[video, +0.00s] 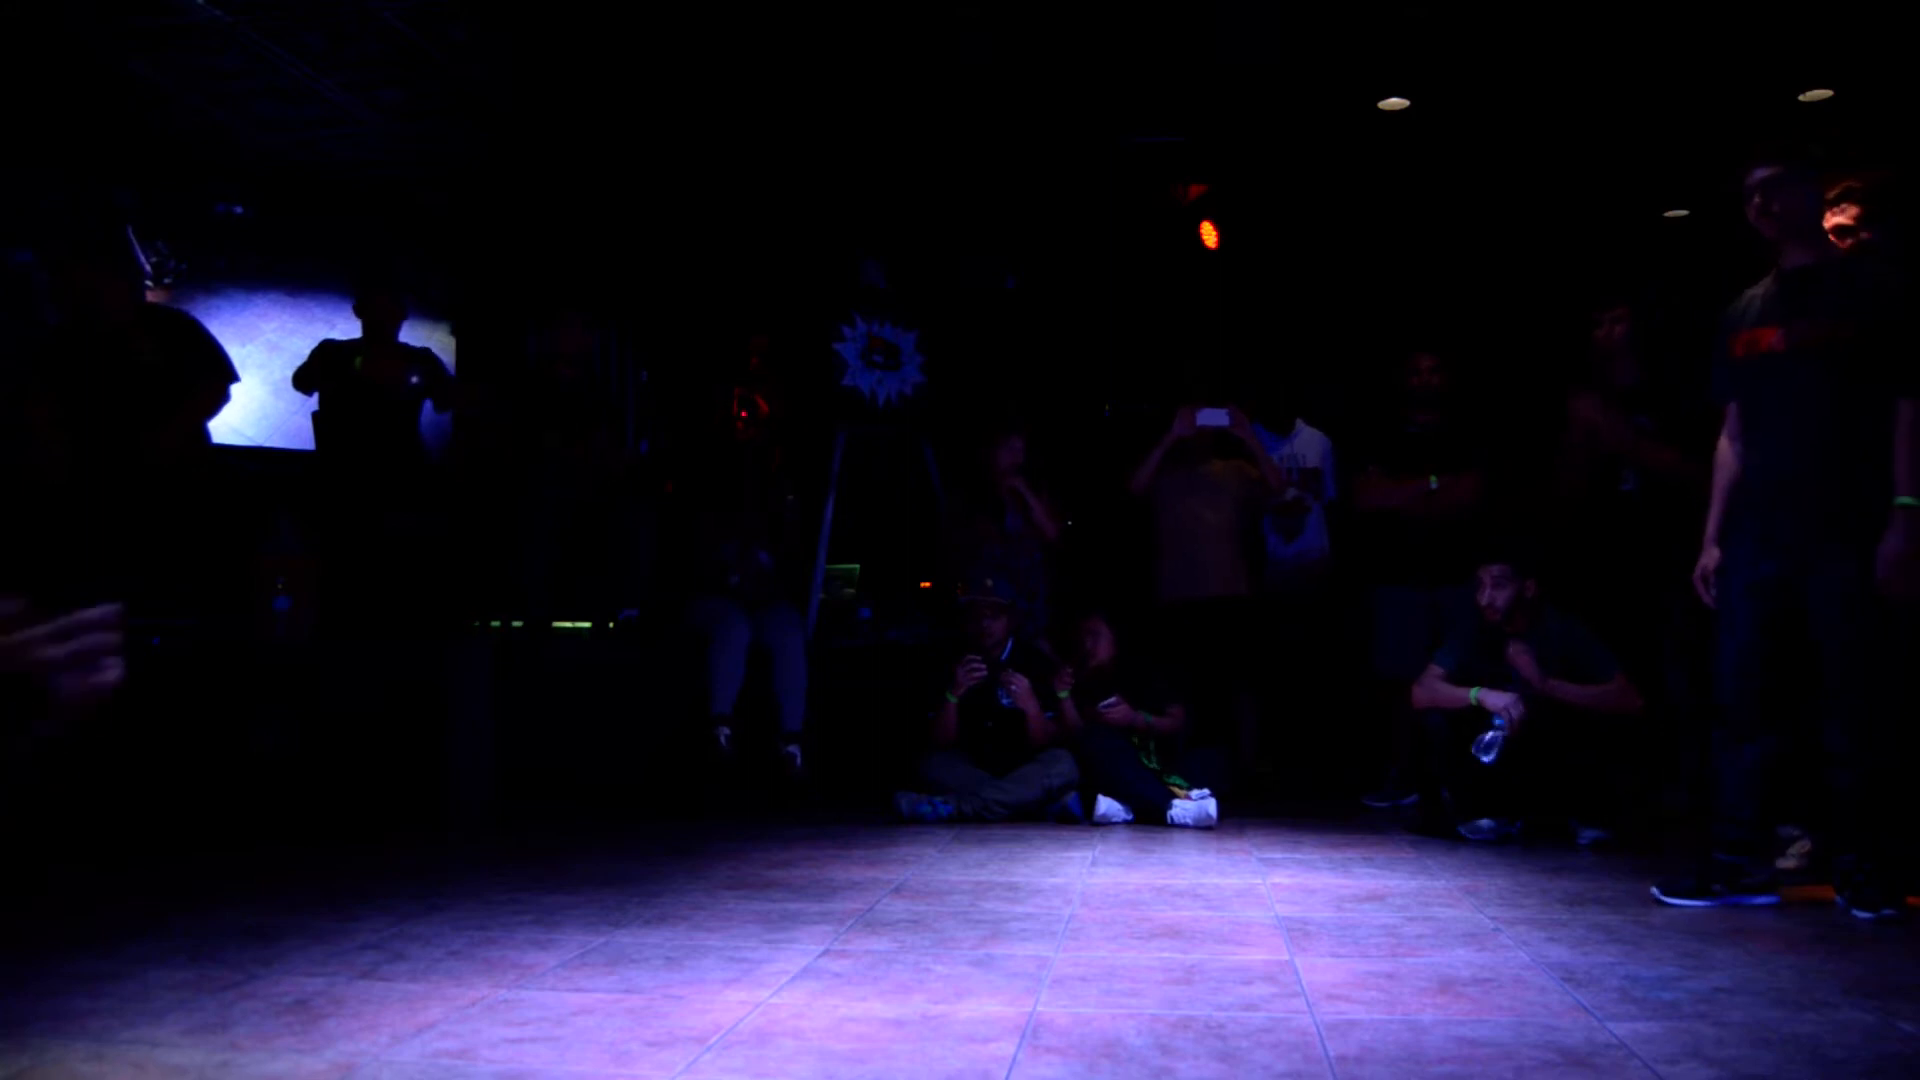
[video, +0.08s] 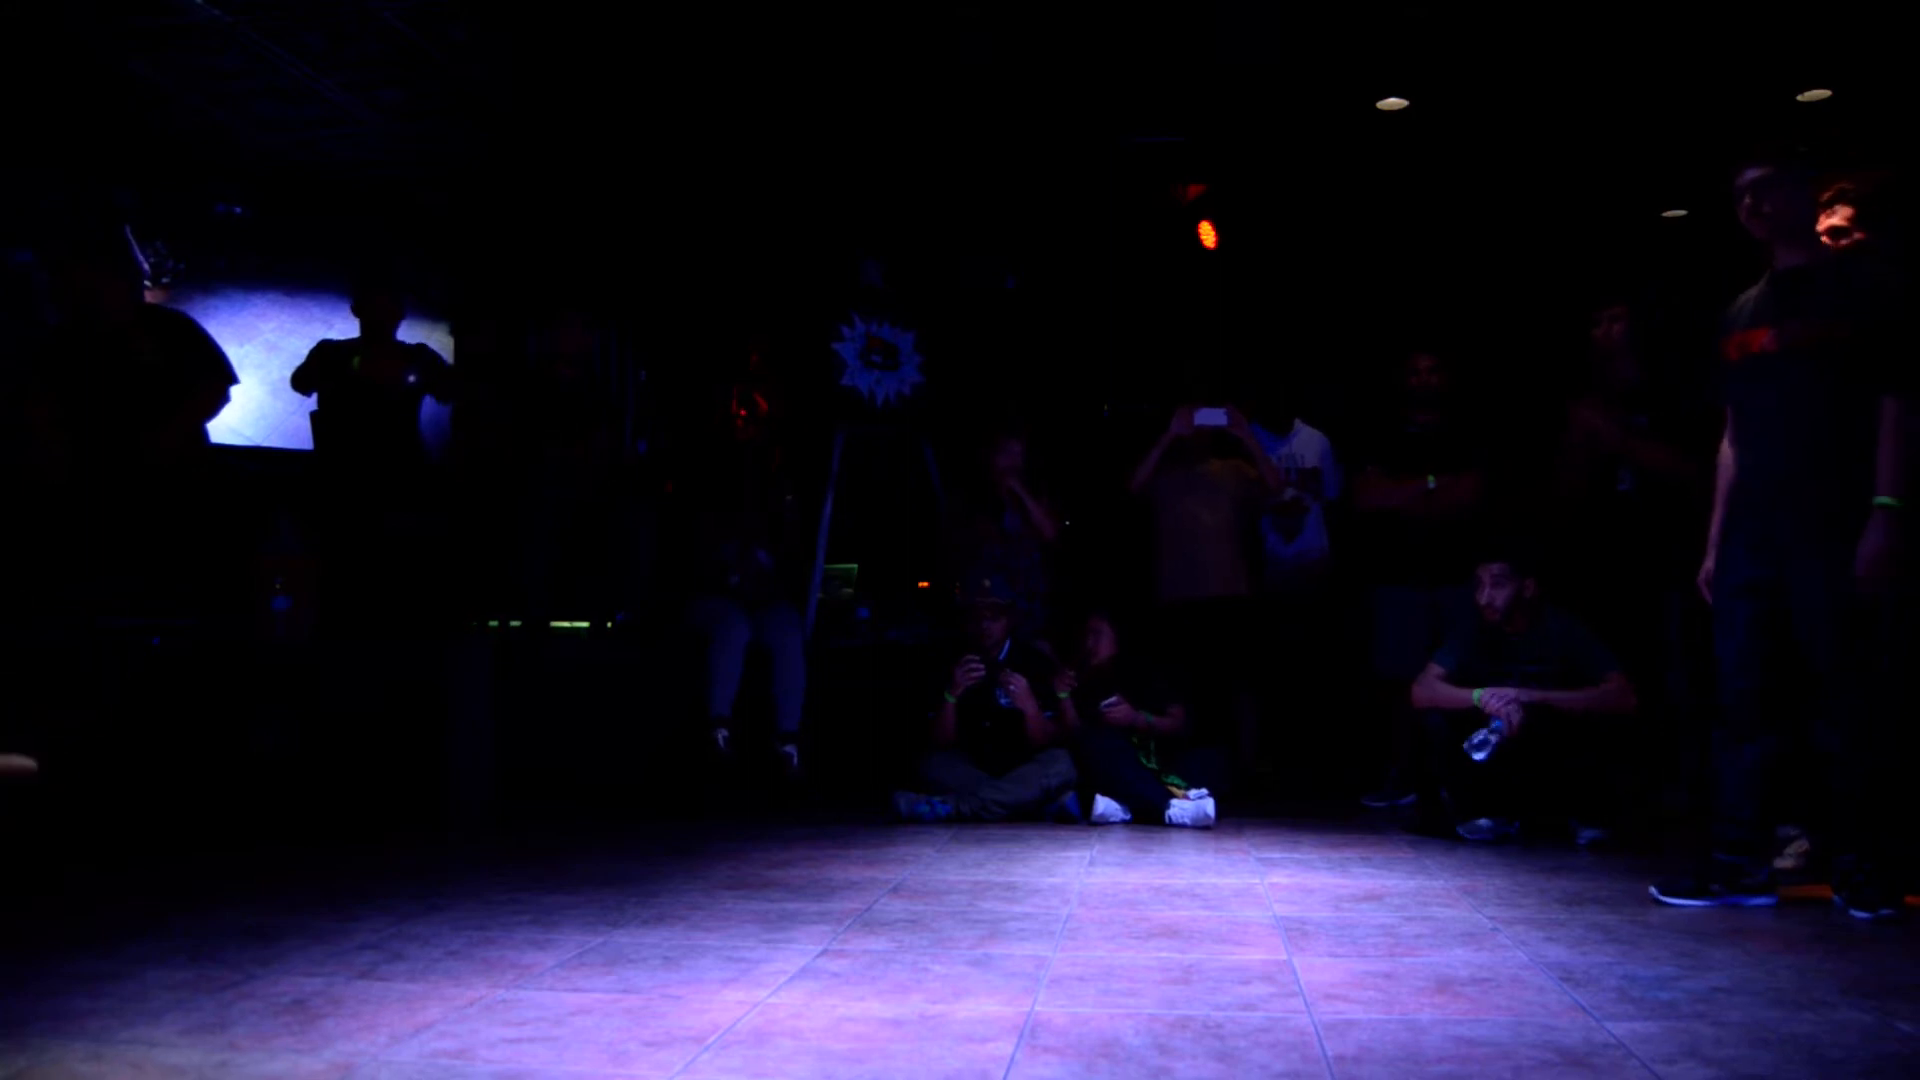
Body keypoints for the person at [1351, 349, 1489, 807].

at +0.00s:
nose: (1425, 382)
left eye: (1434, 372)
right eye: (1417, 373)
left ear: (1447, 378)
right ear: (1404, 379)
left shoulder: (1464, 428)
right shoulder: (1383, 429)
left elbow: (1469, 496)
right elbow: (1365, 495)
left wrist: (1396, 497)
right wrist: (1434, 489)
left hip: (1454, 571)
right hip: (1393, 570)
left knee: (1453, 676)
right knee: (1398, 677)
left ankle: (1455, 787)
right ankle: (1398, 781)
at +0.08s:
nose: (1424, 382)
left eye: (1432, 373)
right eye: (1417, 373)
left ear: (1447, 378)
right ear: (1404, 380)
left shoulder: (1464, 430)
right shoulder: (1385, 430)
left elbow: (1469, 497)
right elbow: (1365, 495)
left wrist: (1396, 497)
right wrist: (1433, 489)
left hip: (1453, 572)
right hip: (1393, 571)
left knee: (1450, 677)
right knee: (1397, 677)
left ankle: (1452, 786)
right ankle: (1396, 780)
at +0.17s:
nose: (1424, 382)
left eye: (1433, 372)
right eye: (1417, 373)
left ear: (1447, 378)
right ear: (1404, 379)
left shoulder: (1464, 429)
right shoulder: (1384, 430)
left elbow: (1469, 496)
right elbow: (1366, 495)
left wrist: (1397, 497)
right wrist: (1433, 489)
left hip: (1453, 571)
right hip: (1393, 570)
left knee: (1451, 676)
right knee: (1397, 677)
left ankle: (1452, 785)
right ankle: (1397, 780)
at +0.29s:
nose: (1425, 382)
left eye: (1434, 373)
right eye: (1418, 373)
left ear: (1448, 378)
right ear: (1405, 379)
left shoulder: (1464, 429)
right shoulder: (1386, 430)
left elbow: (1469, 496)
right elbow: (1368, 495)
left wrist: (1397, 497)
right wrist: (1434, 489)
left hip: (1454, 571)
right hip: (1395, 570)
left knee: (1452, 676)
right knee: (1398, 676)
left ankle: (1454, 785)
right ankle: (1398, 780)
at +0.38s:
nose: (1424, 383)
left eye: (1433, 373)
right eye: (1417, 374)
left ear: (1447, 378)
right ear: (1404, 380)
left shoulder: (1464, 429)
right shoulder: (1385, 430)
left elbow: (1469, 496)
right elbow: (1367, 495)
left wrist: (1397, 496)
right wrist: (1433, 489)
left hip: (1454, 570)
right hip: (1394, 570)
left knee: (1451, 676)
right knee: (1397, 676)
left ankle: (1453, 786)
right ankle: (1397, 780)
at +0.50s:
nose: (1425, 383)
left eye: (1433, 374)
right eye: (1417, 375)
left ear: (1447, 379)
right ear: (1404, 381)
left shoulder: (1463, 430)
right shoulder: (1384, 431)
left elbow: (1468, 497)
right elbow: (1367, 495)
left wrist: (1396, 497)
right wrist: (1433, 489)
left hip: (1453, 570)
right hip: (1393, 569)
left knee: (1451, 675)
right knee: (1396, 676)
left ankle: (1453, 786)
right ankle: (1397, 781)